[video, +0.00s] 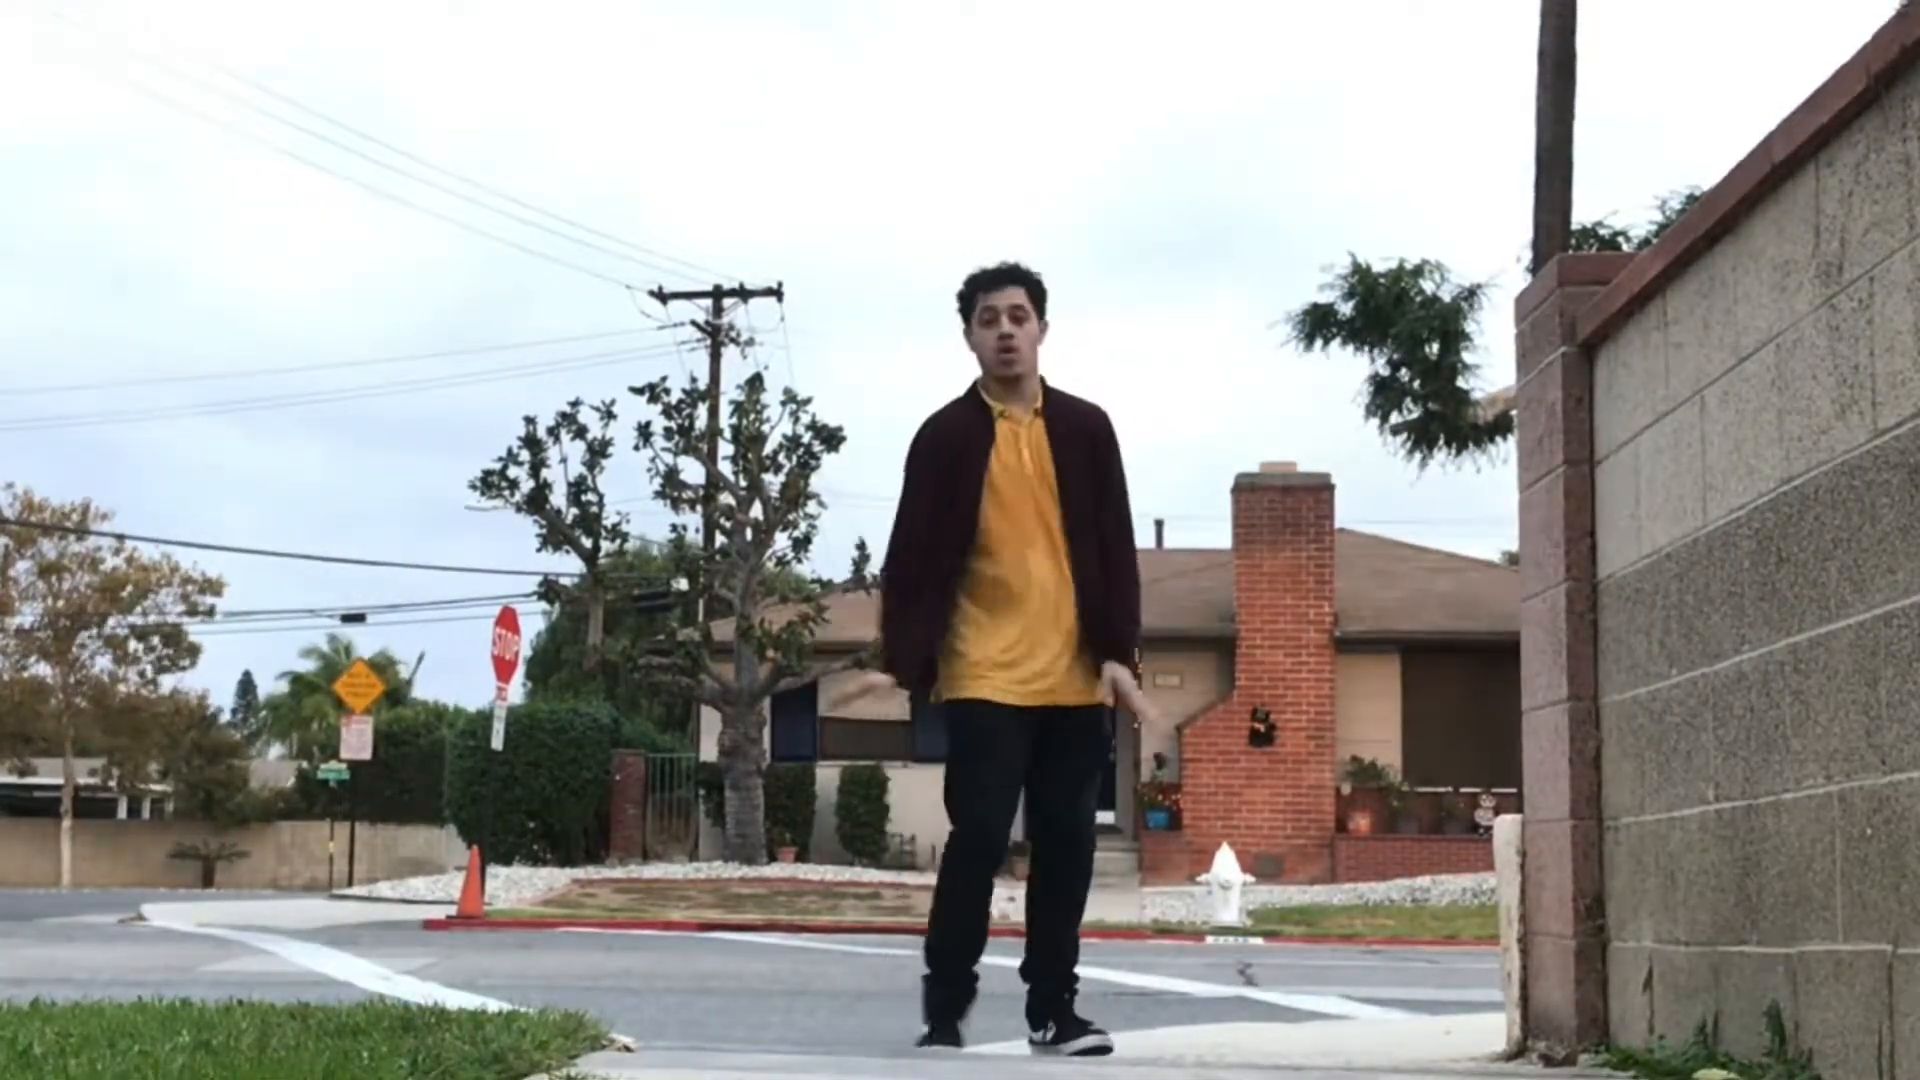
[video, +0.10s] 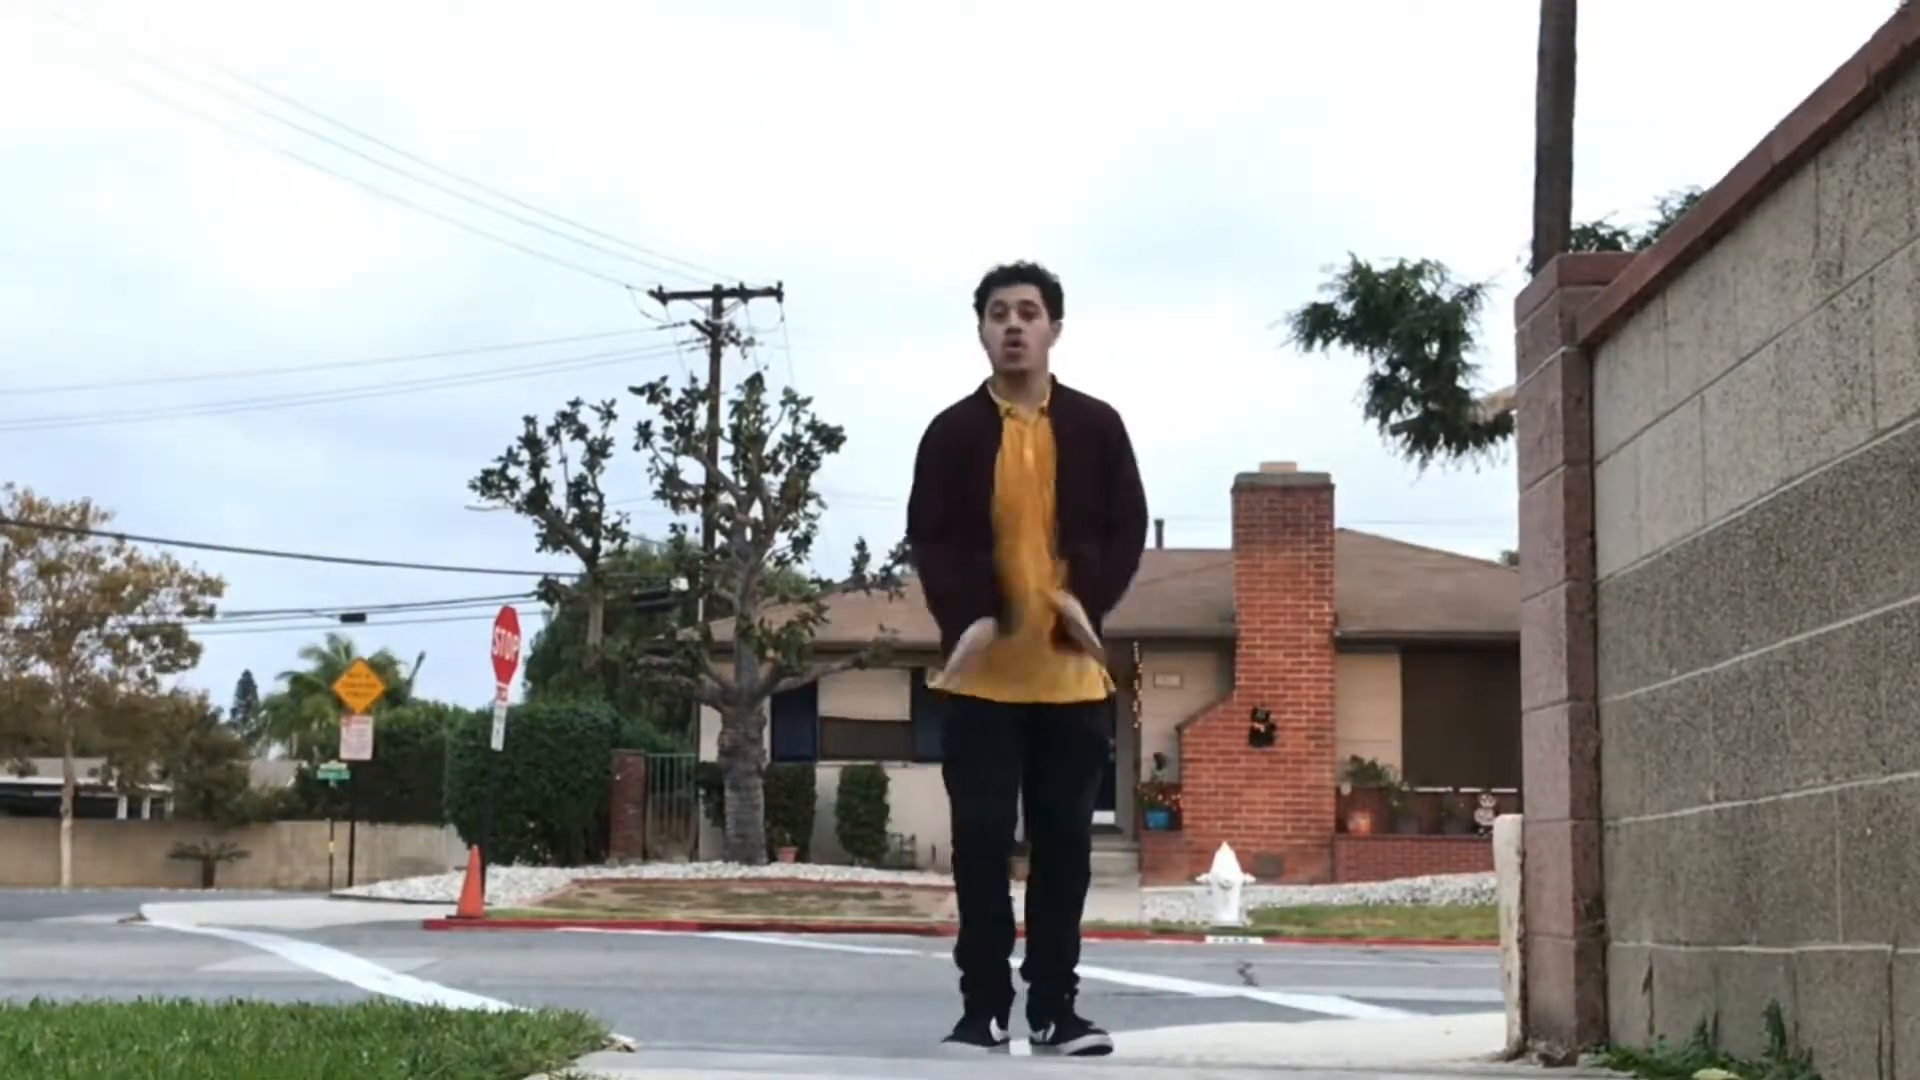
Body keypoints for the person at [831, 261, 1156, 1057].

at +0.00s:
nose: (1006, 330)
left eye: (1018, 316)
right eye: (990, 320)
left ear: (1042, 329)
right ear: (969, 337)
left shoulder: (1088, 428)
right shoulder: (945, 434)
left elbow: (1115, 545)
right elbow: (912, 554)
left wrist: (1119, 651)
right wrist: (912, 667)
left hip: (1073, 674)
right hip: (982, 672)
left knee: (1068, 849)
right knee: (980, 839)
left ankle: (1052, 1011)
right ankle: (944, 1010)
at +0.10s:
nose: (1013, 325)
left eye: (1027, 313)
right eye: (999, 314)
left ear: (1054, 330)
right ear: (981, 332)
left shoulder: (1098, 425)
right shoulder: (950, 431)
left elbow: (1127, 527)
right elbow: (930, 535)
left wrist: (1091, 600)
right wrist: (965, 616)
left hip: (1071, 678)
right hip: (981, 679)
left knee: (1065, 850)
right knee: (981, 847)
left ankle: (1053, 1009)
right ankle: (984, 1009)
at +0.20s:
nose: (1016, 329)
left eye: (1033, 318)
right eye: (1005, 317)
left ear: (1059, 337)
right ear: (987, 333)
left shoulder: (1094, 428)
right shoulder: (949, 432)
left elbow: (1124, 529)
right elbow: (938, 541)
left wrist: (1041, 523)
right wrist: (1027, 566)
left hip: (1077, 666)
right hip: (985, 667)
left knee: (1071, 845)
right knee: (981, 842)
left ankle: (1054, 1008)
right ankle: (983, 1010)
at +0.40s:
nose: (1014, 342)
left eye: (1031, 333)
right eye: (1003, 330)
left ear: (1056, 352)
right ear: (984, 345)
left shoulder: (1087, 438)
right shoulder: (947, 447)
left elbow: (1096, 529)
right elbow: (946, 545)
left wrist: (1002, 534)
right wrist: (1049, 567)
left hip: (1095, 678)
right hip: (1001, 680)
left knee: (1089, 854)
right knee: (1002, 847)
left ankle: (1056, 1007)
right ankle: (990, 1011)